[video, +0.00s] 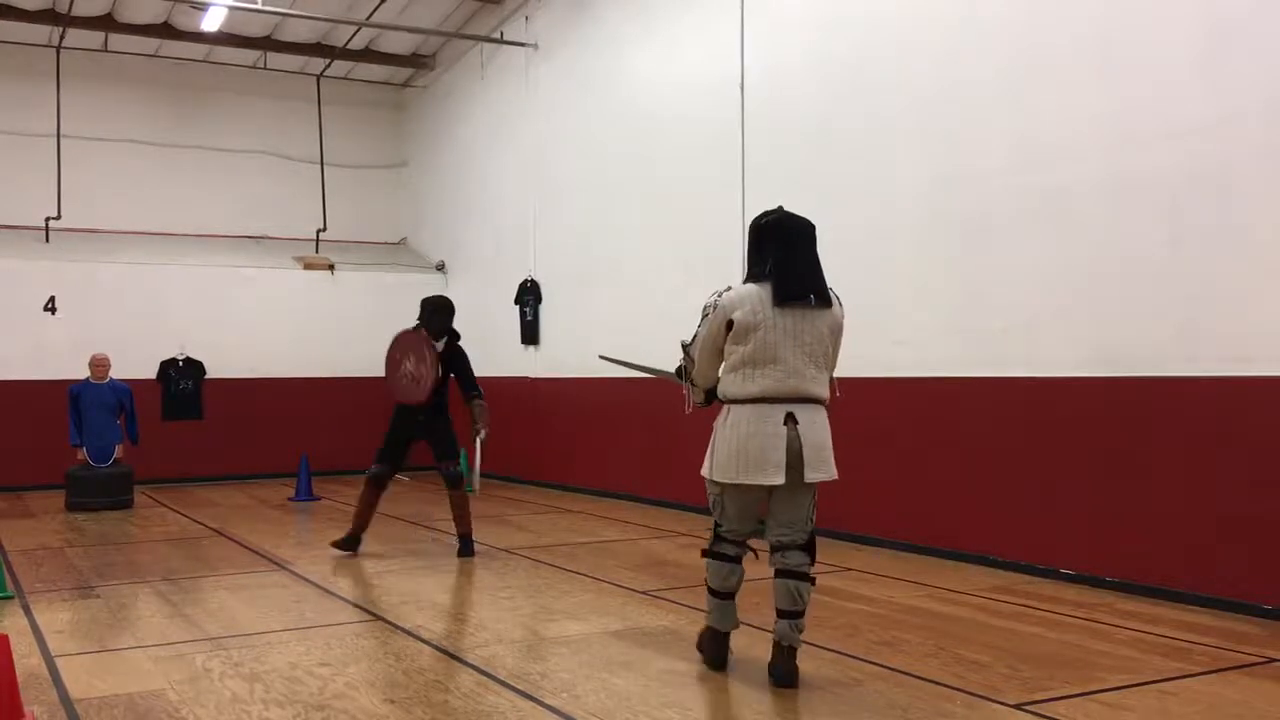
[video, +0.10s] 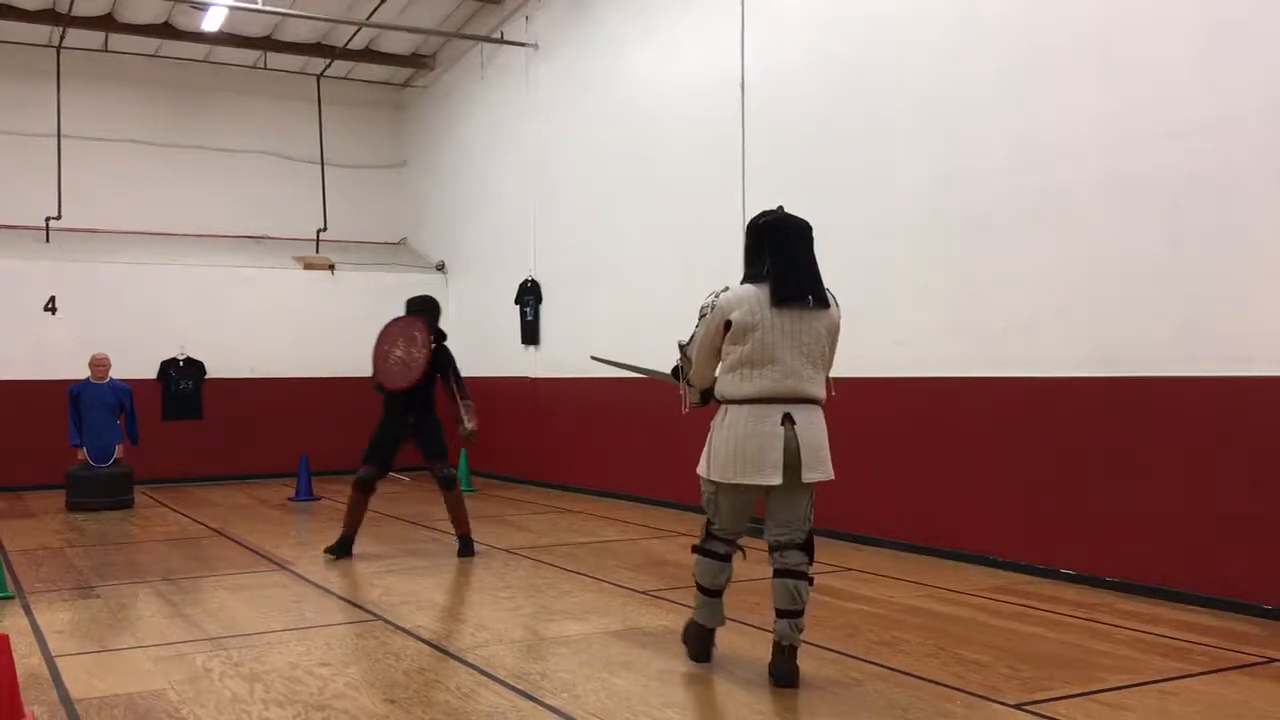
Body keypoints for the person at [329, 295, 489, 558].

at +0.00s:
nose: (426, 327)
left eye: (433, 322)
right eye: (425, 320)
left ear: (445, 323)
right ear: (421, 318)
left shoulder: (452, 351)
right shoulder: (409, 343)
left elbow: (471, 390)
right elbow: (397, 375)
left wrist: (480, 421)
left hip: (437, 419)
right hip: (405, 416)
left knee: (453, 476)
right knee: (378, 475)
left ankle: (465, 539)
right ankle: (354, 535)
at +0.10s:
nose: (417, 325)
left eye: (423, 319)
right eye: (413, 319)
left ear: (433, 321)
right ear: (406, 319)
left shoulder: (438, 352)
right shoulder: (396, 349)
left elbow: (457, 387)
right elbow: (378, 383)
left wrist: (467, 420)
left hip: (425, 422)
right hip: (392, 422)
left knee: (445, 477)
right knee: (364, 479)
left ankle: (465, 539)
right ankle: (345, 541)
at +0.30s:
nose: (387, 326)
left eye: (393, 320)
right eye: (382, 320)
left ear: (402, 322)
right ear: (374, 320)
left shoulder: (408, 354)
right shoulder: (362, 350)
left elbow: (422, 391)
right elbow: (343, 381)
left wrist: (437, 416)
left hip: (394, 423)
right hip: (360, 422)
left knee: (425, 477)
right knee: (339, 482)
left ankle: (448, 537)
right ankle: (341, 542)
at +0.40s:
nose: (381, 322)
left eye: (386, 316)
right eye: (376, 316)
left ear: (392, 318)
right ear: (364, 317)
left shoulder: (397, 352)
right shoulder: (347, 348)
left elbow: (410, 392)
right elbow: (329, 385)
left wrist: (426, 423)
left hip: (384, 422)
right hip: (351, 422)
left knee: (412, 473)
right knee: (332, 482)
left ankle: (419, 534)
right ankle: (341, 542)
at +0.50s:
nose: (375, 322)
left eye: (380, 316)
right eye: (370, 315)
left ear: (386, 318)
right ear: (357, 316)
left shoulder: (391, 352)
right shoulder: (337, 347)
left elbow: (402, 395)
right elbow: (323, 388)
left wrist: (413, 432)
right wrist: (345, 391)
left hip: (378, 423)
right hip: (343, 424)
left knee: (397, 470)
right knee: (331, 484)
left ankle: (390, 538)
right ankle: (341, 541)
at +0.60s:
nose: (373, 322)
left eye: (377, 316)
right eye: (367, 316)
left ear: (383, 319)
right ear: (353, 317)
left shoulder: (387, 353)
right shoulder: (333, 348)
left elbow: (394, 399)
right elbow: (315, 390)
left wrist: (402, 436)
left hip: (377, 426)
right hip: (340, 423)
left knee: (384, 479)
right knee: (330, 485)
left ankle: (378, 544)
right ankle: (340, 542)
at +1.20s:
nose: (375, 329)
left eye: (381, 324)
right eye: (370, 323)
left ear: (389, 326)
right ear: (359, 321)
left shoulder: (393, 358)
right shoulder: (337, 348)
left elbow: (410, 398)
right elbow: (321, 387)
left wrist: (426, 432)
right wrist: (326, 421)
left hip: (372, 425)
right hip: (338, 423)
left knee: (378, 485)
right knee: (321, 481)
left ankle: (379, 557)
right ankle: (332, 532)